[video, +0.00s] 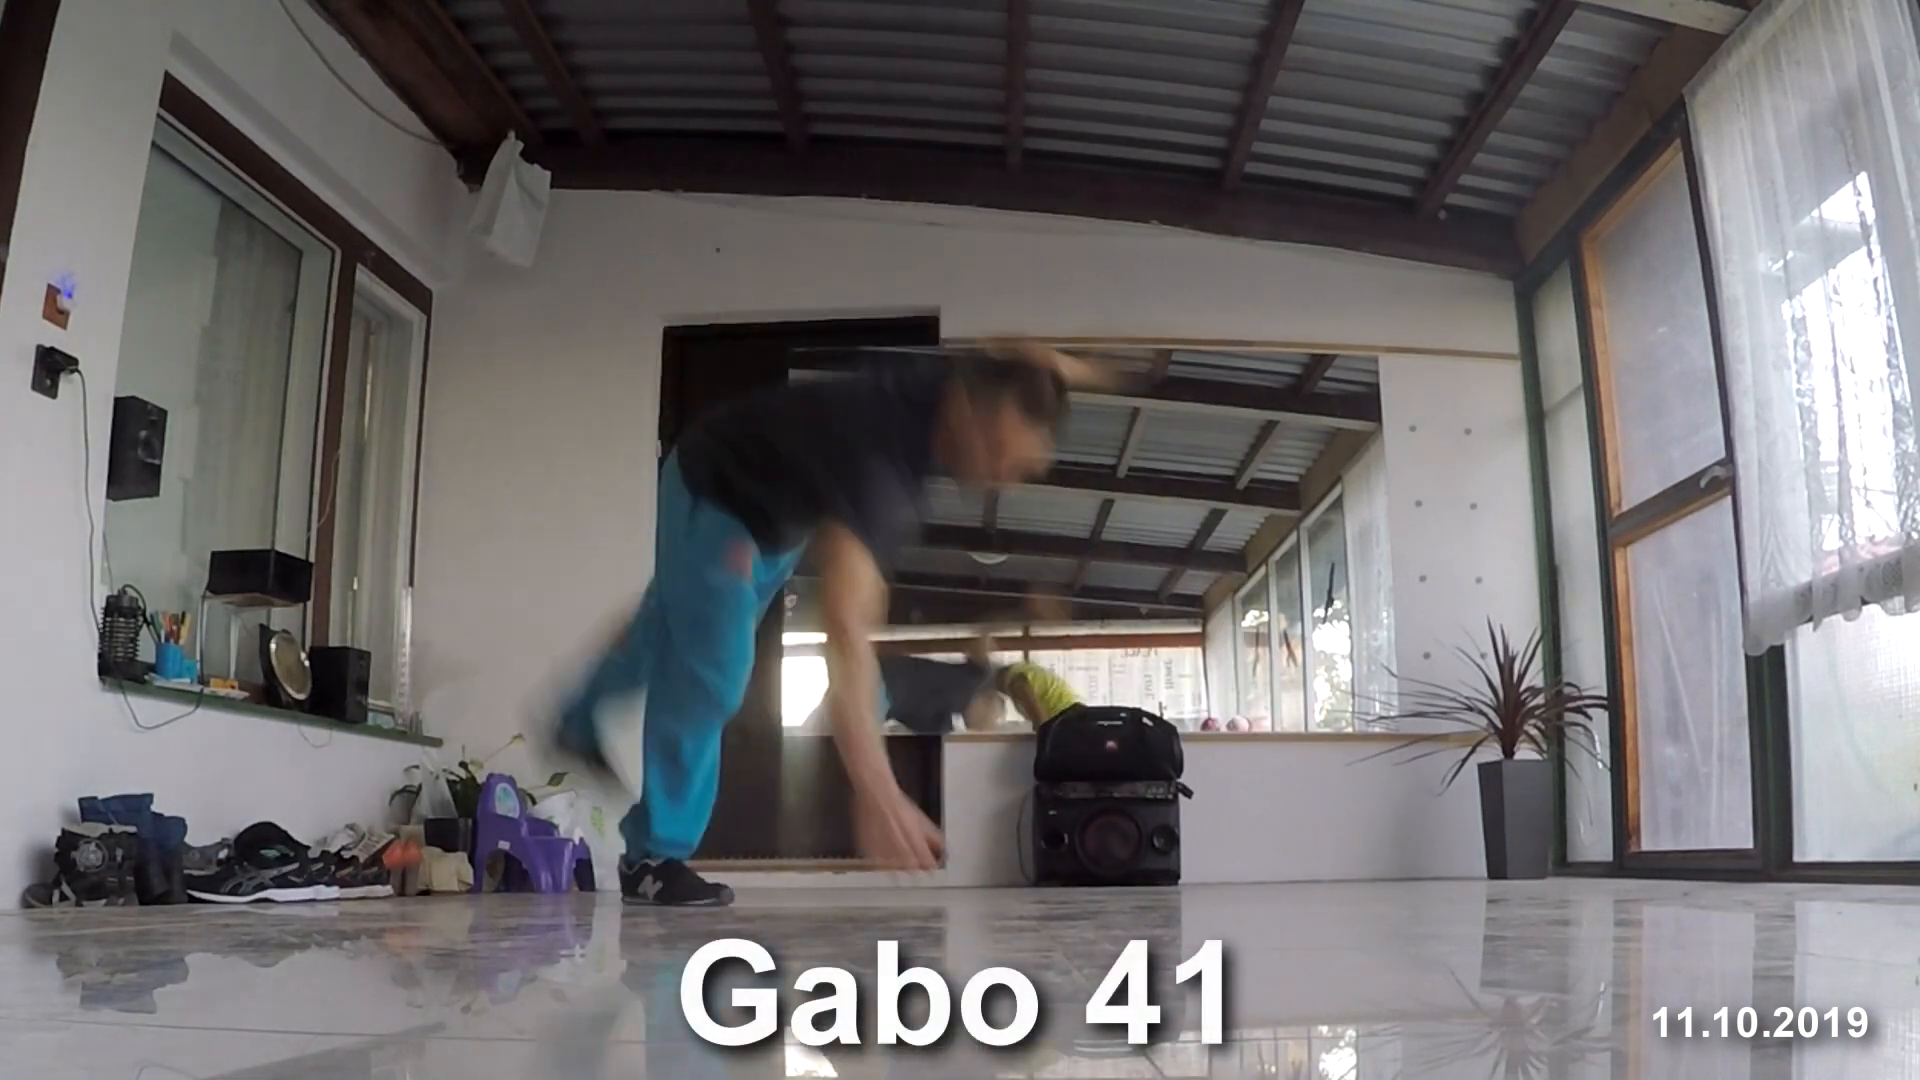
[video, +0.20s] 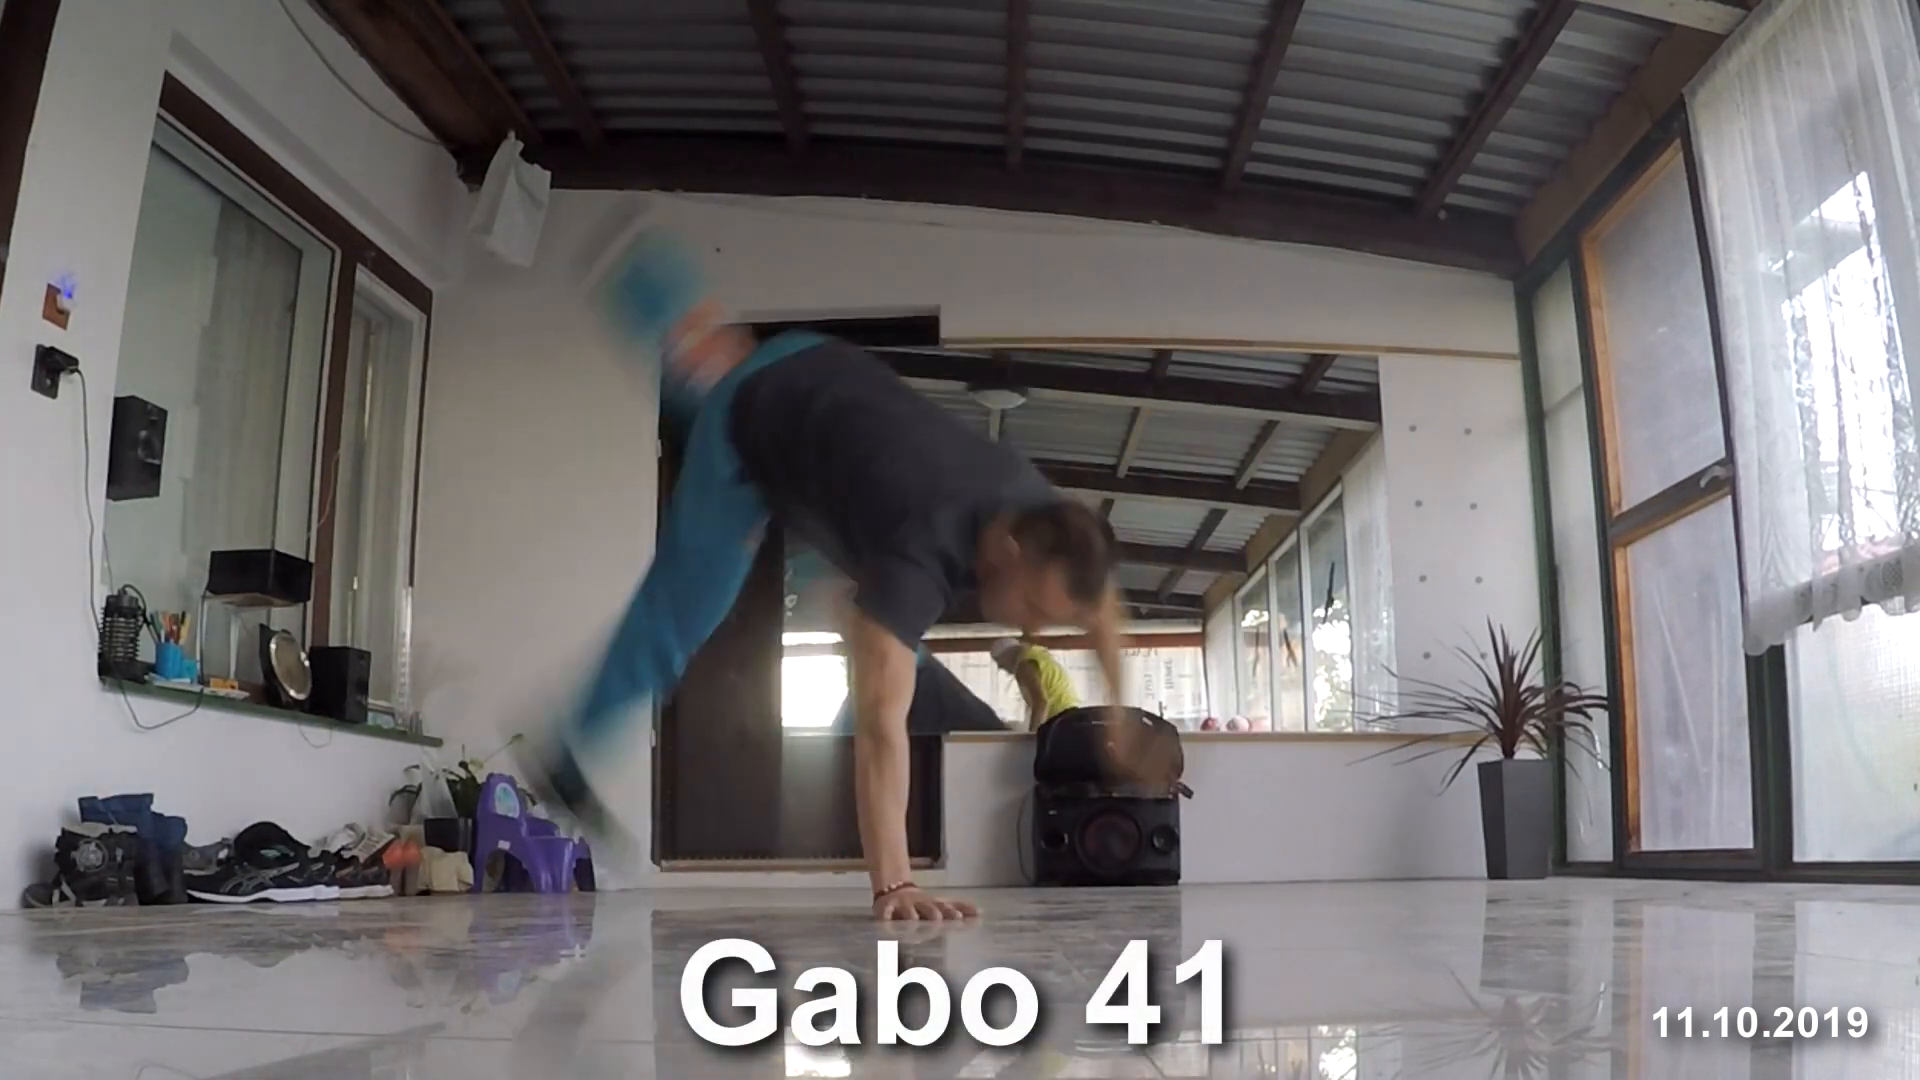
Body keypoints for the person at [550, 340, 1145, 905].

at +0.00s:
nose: (1001, 477)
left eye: (1017, 468)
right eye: (1005, 458)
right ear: (974, 408)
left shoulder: (942, 395)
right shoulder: (881, 448)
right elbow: (847, 635)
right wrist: (879, 797)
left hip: (772, 523)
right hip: (713, 496)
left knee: (671, 627)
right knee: (709, 678)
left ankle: (577, 716)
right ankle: (655, 856)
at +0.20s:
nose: (1028, 631)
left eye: (1048, 625)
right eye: (1033, 613)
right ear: (1006, 552)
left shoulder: (1035, 504)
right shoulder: (915, 554)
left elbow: (1099, 608)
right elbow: (881, 725)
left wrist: (1117, 706)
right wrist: (893, 883)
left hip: (825, 369)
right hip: (753, 421)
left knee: (721, 379)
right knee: (687, 605)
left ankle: (653, 282)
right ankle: (572, 753)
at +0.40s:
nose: (1047, 663)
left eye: (1065, 662)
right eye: (1059, 647)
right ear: (1050, 580)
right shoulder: (964, 556)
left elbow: (1053, 741)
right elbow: (901, 723)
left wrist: (1056, 880)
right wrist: (895, 879)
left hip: (935, 357)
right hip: (856, 329)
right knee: (662, 320)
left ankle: (861, 600)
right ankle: (696, 160)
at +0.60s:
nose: (1077, 560)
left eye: (1094, 578)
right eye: (1100, 543)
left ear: (1103, 601)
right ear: (1118, 502)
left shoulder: (1046, 606)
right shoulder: (1051, 431)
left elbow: (1040, 739)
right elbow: (882, 403)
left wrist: (1054, 880)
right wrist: (727, 457)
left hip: (880, 387)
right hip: (955, 316)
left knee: (768, 299)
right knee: (971, 137)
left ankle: (829, 261)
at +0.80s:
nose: (1148, 531)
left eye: (1160, 560)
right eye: (1174, 521)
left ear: (1154, 589)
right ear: (1188, 495)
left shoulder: (1045, 592)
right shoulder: (1140, 423)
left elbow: (1030, 727)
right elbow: (1064, 273)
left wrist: (1054, 882)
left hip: (871, 325)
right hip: (974, 300)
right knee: (1108, 160)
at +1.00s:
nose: (1181, 549)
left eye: (1183, 576)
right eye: (1201, 545)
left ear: (1156, 595)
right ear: (1189, 519)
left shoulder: (1050, 581)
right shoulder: (1143, 430)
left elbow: (1037, 742)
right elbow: (1136, 277)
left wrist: (1054, 886)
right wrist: (1141, 141)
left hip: (890, 267)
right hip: (959, 240)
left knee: (1046, 66)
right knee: (1083, 187)